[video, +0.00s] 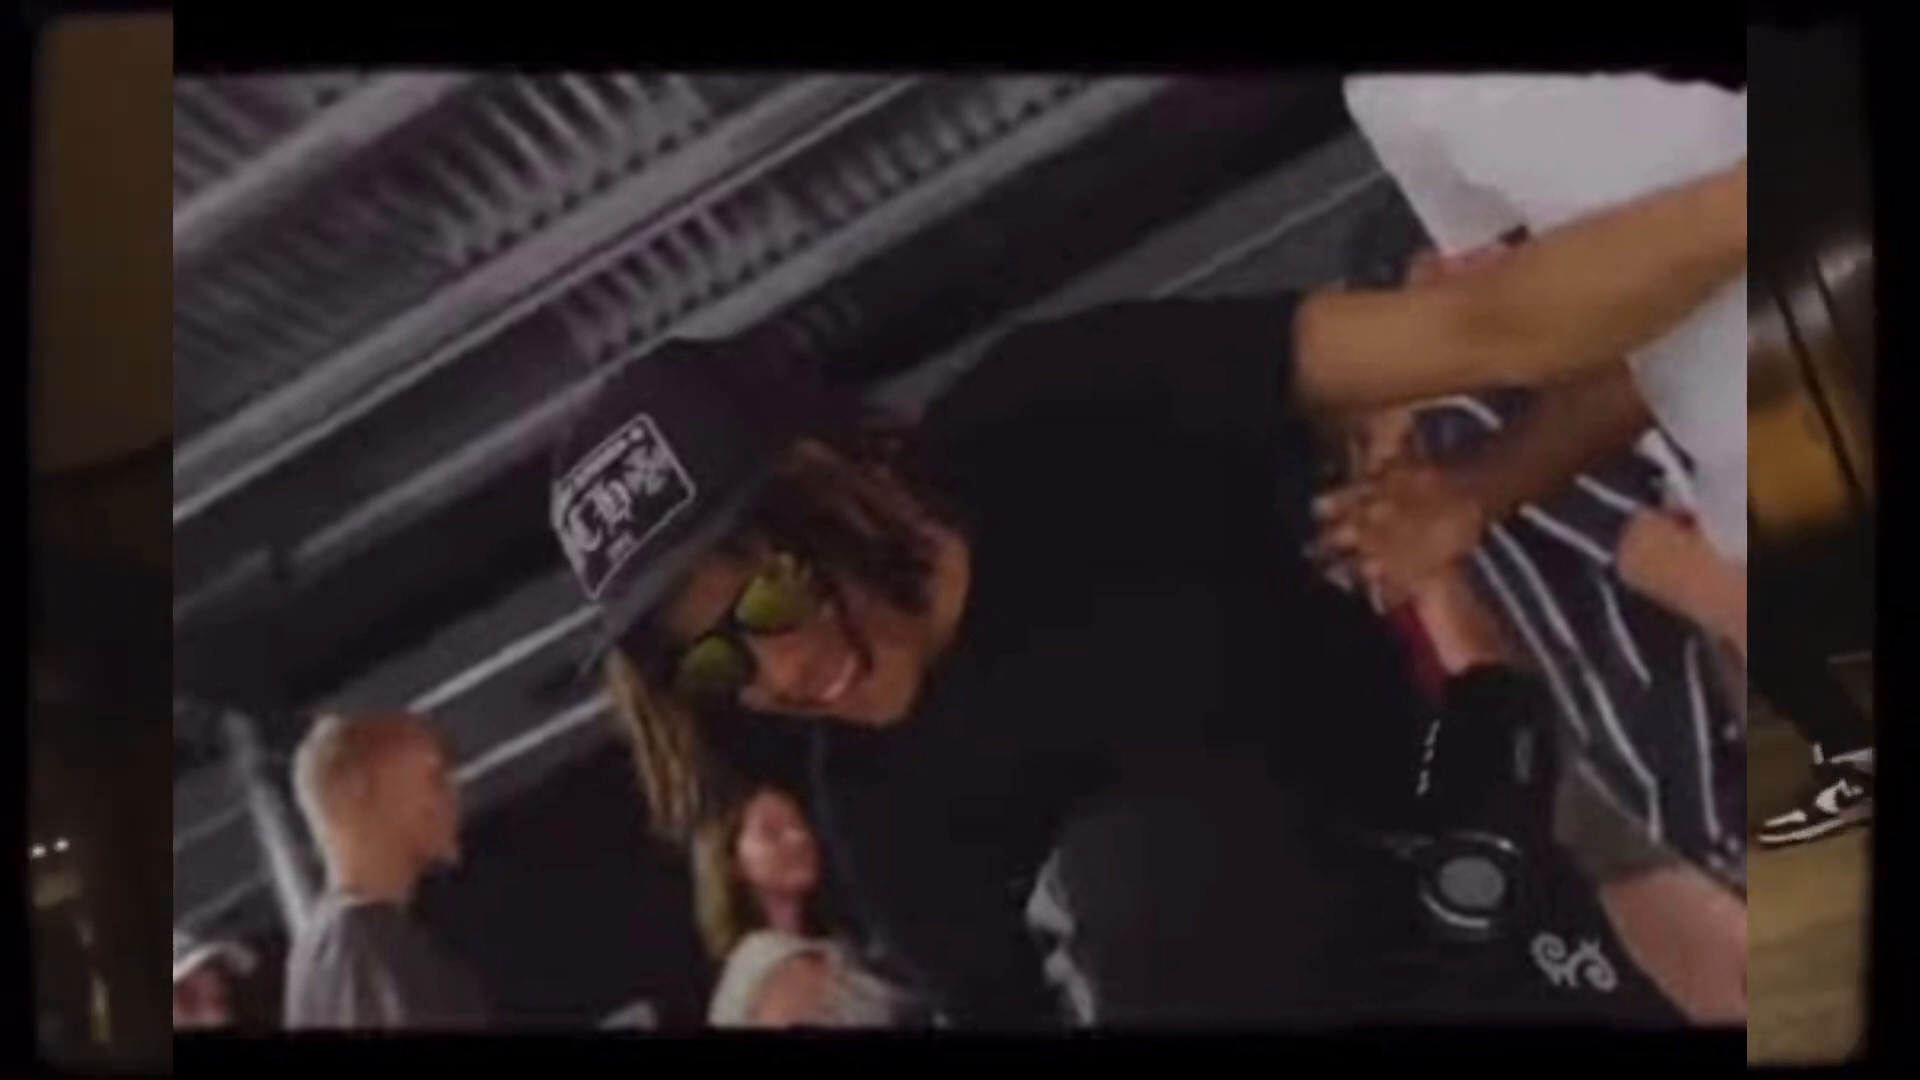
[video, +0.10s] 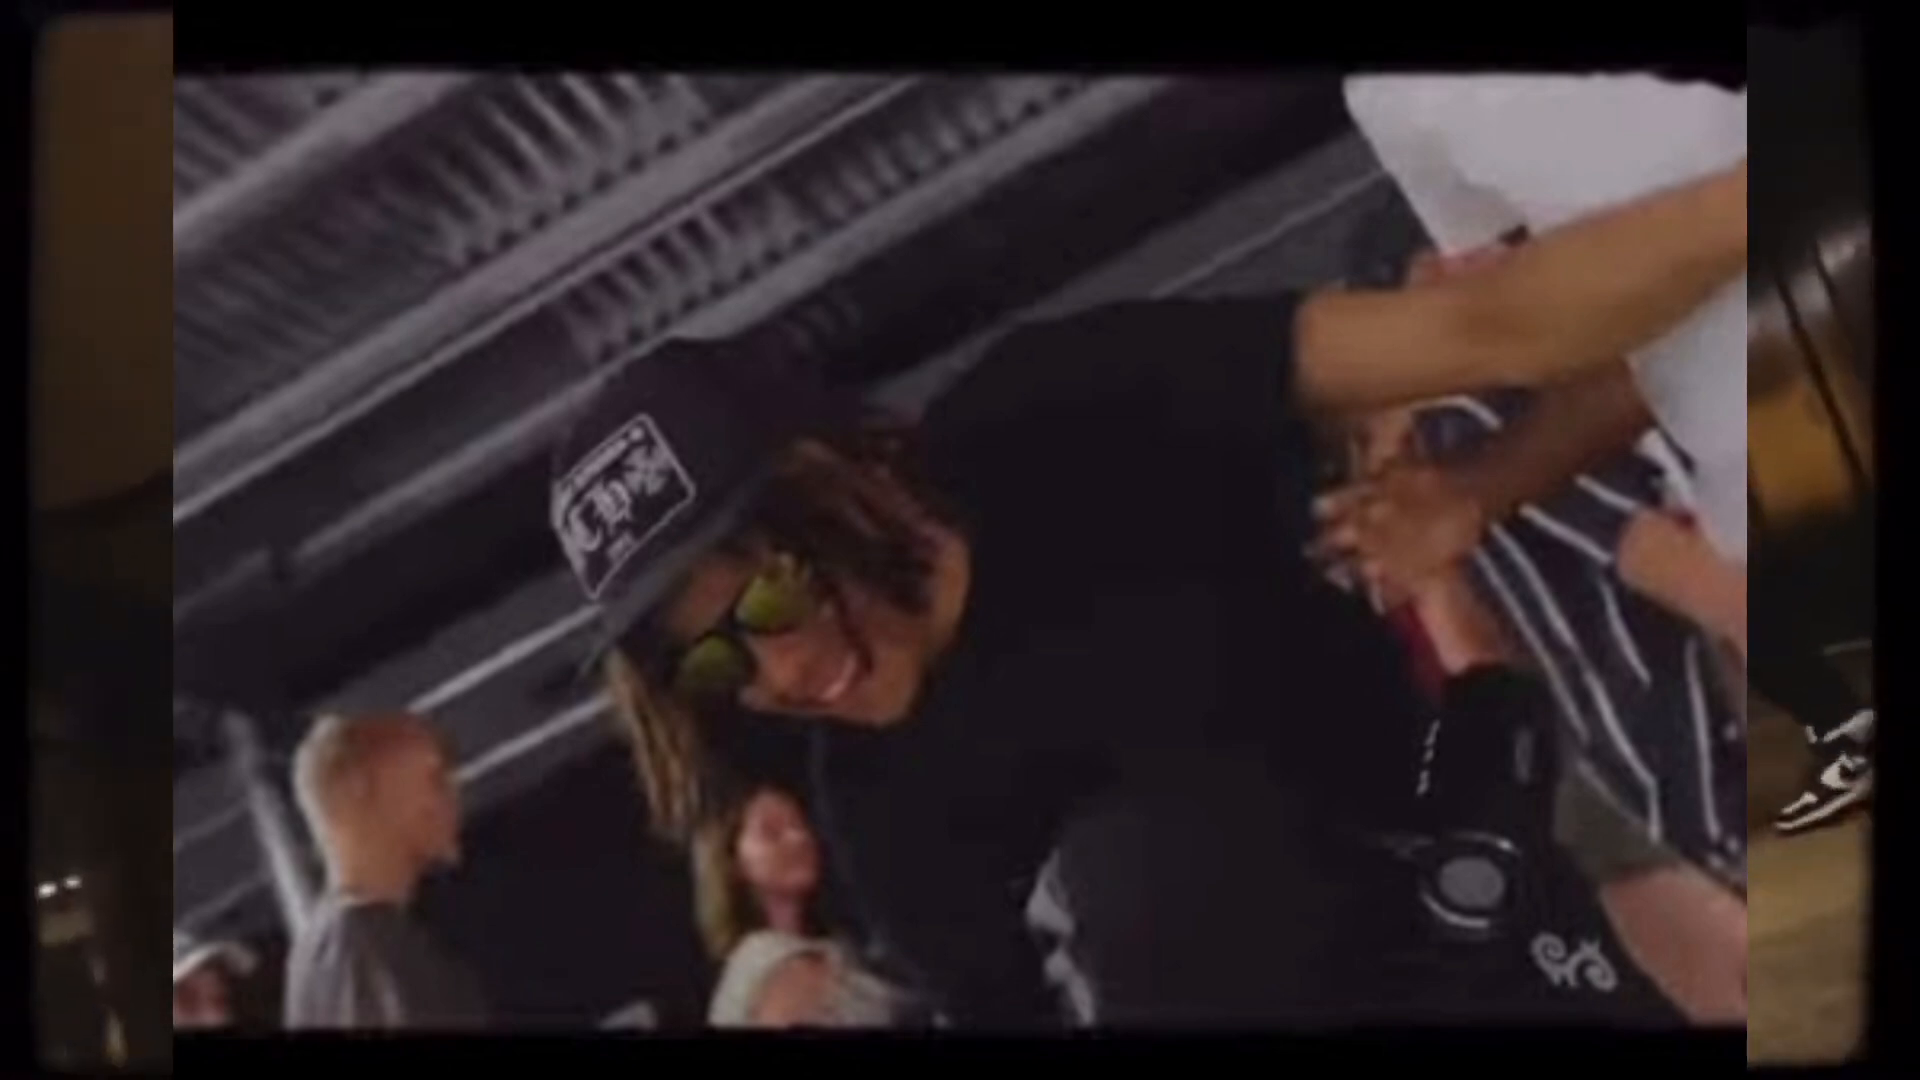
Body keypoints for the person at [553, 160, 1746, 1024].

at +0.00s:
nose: (766, 660)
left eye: (759, 585)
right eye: (707, 656)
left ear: (833, 478)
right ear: (685, 685)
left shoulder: (1053, 402)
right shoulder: (886, 843)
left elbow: (1473, 327)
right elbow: (1028, 1024)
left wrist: (1769, 197)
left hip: (1475, 852)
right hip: (1237, 975)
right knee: (1135, 865)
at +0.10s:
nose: (766, 660)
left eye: (759, 585)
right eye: (707, 656)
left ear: (833, 478)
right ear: (685, 685)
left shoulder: (1053, 403)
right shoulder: (886, 842)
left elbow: (1474, 327)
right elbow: (1027, 1024)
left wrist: (1770, 196)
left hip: (1473, 855)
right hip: (1233, 975)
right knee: (1133, 868)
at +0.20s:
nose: (766, 660)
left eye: (759, 585)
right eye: (707, 656)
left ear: (834, 477)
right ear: (685, 685)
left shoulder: (1052, 403)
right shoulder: (886, 842)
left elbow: (1471, 328)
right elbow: (1027, 1024)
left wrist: (1768, 196)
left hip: (1472, 848)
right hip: (1233, 972)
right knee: (1135, 864)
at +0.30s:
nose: (766, 660)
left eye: (760, 585)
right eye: (707, 656)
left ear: (834, 478)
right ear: (684, 685)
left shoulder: (1053, 403)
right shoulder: (887, 844)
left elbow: (1471, 328)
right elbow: (1029, 1025)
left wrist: (1767, 197)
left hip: (1473, 852)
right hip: (1236, 976)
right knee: (1134, 868)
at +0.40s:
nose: (766, 661)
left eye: (759, 585)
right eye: (707, 657)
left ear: (833, 478)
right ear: (685, 687)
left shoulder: (1053, 403)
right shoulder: (886, 843)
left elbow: (1473, 328)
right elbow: (1028, 1025)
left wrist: (1768, 196)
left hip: (1476, 857)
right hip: (1237, 978)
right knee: (1134, 867)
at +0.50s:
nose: (766, 660)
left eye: (759, 585)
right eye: (707, 657)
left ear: (833, 477)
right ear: (684, 686)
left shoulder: (1052, 403)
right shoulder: (885, 842)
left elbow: (1472, 327)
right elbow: (1025, 1025)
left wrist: (1763, 198)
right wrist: (838, 1000)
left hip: (1475, 858)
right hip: (1230, 976)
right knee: (1136, 864)